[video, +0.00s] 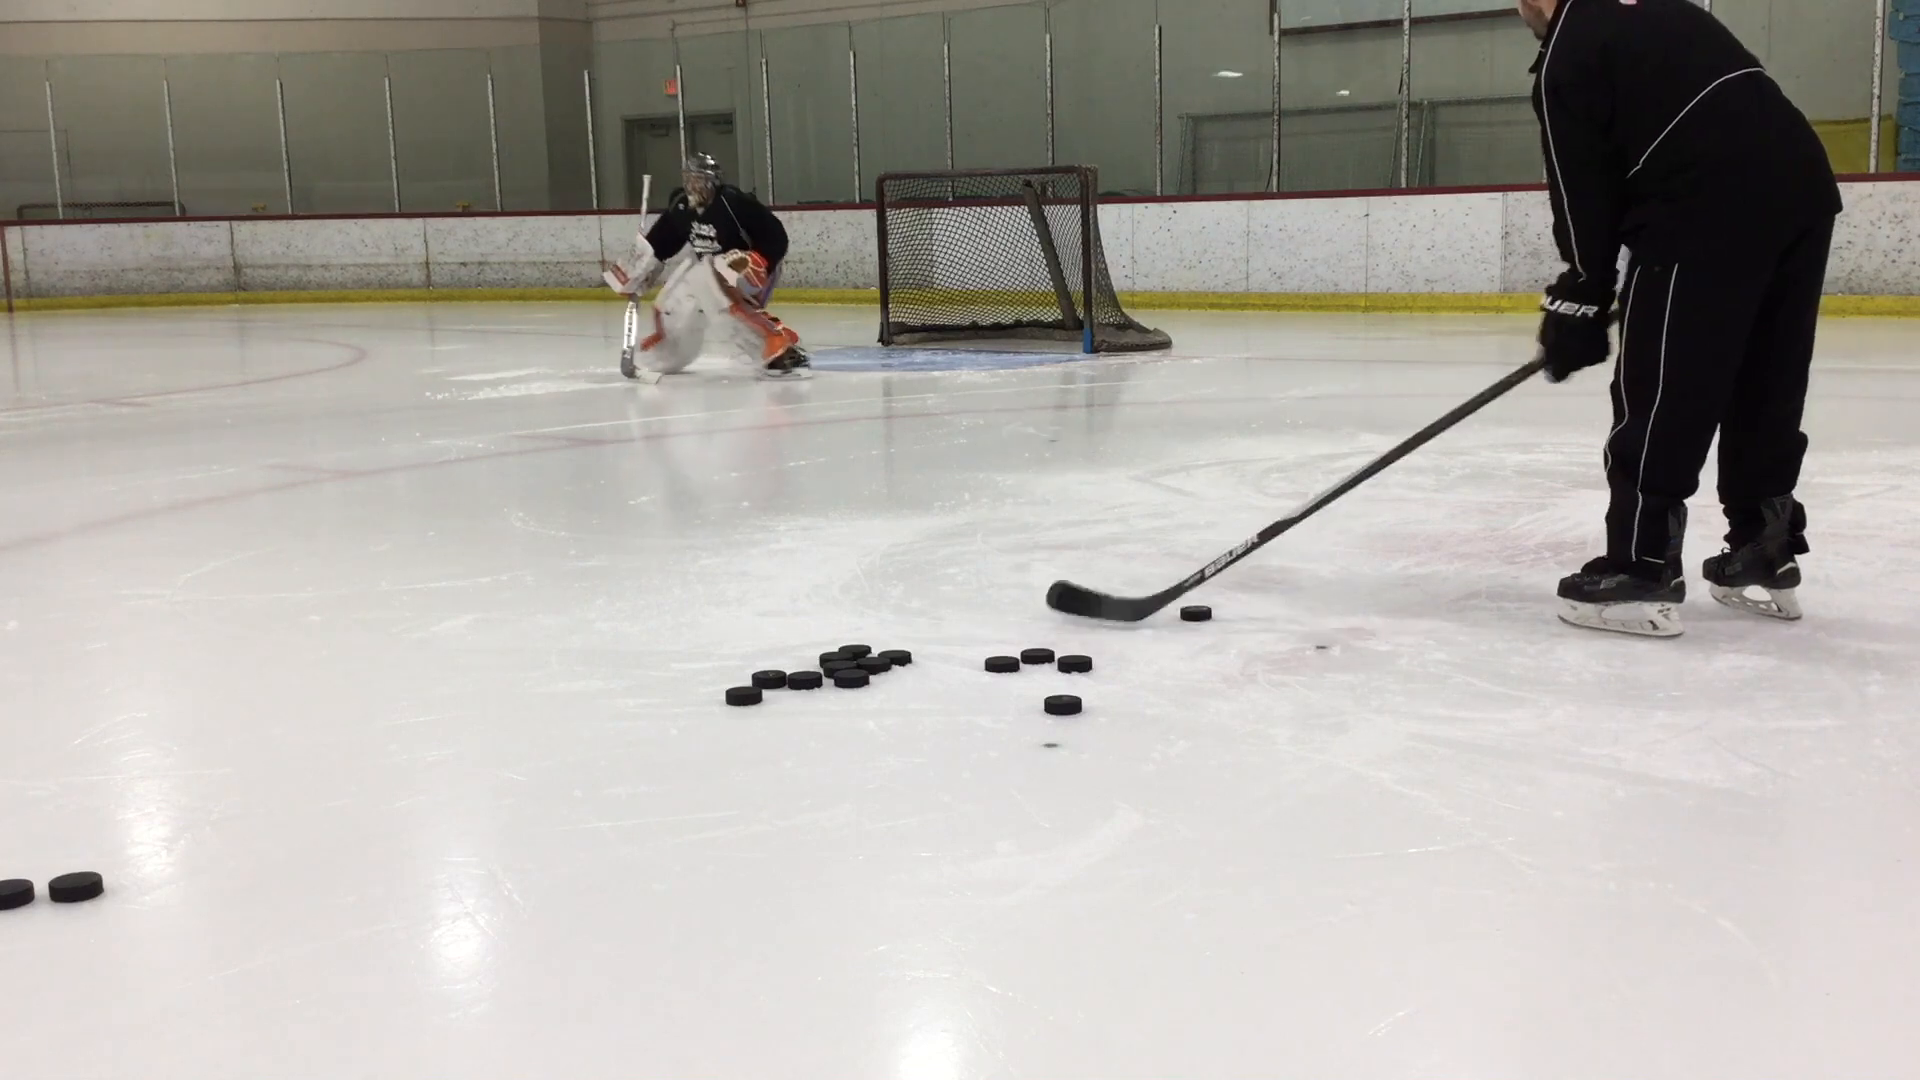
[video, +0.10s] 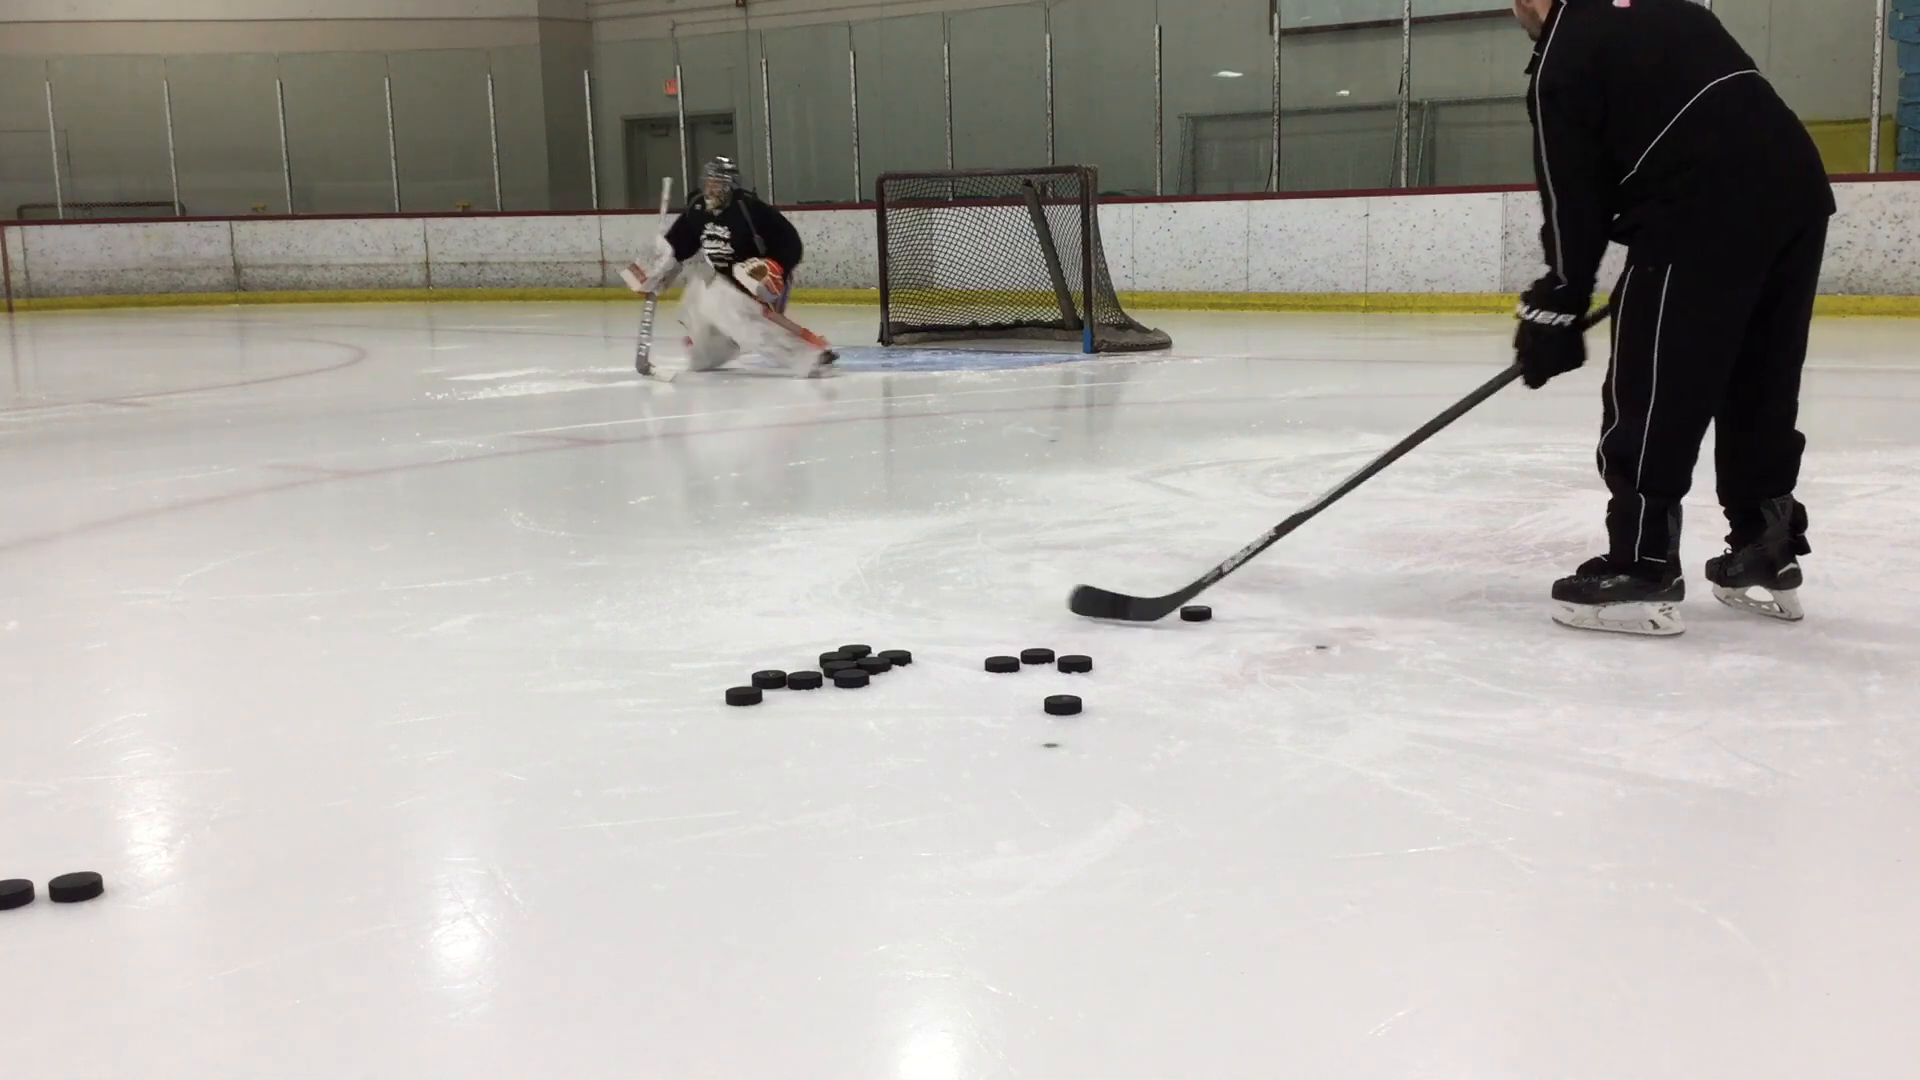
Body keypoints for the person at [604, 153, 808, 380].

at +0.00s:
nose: (694, 185)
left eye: (700, 179)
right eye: (690, 179)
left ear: (714, 181)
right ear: (684, 180)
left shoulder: (734, 202)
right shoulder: (683, 205)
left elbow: (776, 236)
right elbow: (661, 241)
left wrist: (755, 264)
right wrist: (636, 272)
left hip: (746, 269)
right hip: (704, 270)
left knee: (723, 306)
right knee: (672, 306)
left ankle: (781, 349)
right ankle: (666, 357)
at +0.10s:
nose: (712, 189)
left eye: (719, 184)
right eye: (709, 183)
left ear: (731, 185)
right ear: (703, 184)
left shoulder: (749, 207)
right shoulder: (699, 207)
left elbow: (790, 241)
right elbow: (679, 243)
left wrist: (773, 269)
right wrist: (657, 270)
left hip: (752, 282)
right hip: (715, 282)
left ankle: (808, 355)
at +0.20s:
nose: (736, 196)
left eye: (742, 190)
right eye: (732, 190)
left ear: (754, 192)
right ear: (726, 192)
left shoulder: (774, 218)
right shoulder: (720, 219)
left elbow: (810, 253)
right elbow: (696, 252)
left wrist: (789, 277)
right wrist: (675, 277)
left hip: (775, 305)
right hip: (741, 308)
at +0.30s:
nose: (753, 202)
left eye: (760, 197)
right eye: (749, 196)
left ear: (773, 199)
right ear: (744, 198)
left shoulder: (790, 226)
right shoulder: (741, 224)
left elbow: (821, 266)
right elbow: (718, 255)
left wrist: (799, 292)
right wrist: (698, 280)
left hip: (789, 313)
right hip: (751, 310)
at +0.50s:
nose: (787, 203)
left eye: (793, 197)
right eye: (782, 198)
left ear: (802, 200)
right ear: (774, 200)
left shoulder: (813, 224)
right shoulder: (766, 224)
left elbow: (839, 258)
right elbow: (739, 252)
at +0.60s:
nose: (808, 204)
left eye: (813, 199)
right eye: (802, 199)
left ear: (821, 201)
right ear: (793, 201)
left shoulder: (832, 224)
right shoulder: (783, 224)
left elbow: (863, 256)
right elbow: (754, 253)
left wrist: (867, 279)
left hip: (830, 292)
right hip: (793, 291)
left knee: (855, 310)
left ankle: (808, 316)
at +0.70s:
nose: (839, 203)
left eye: (844, 199)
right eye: (834, 198)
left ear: (851, 201)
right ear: (824, 200)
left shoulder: (864, 228)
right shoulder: (810, 222)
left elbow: (893, 258)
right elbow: (777, 248)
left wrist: (898, 279)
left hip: (857, 300)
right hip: (817, 299)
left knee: (883, 314)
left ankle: (846, 321)